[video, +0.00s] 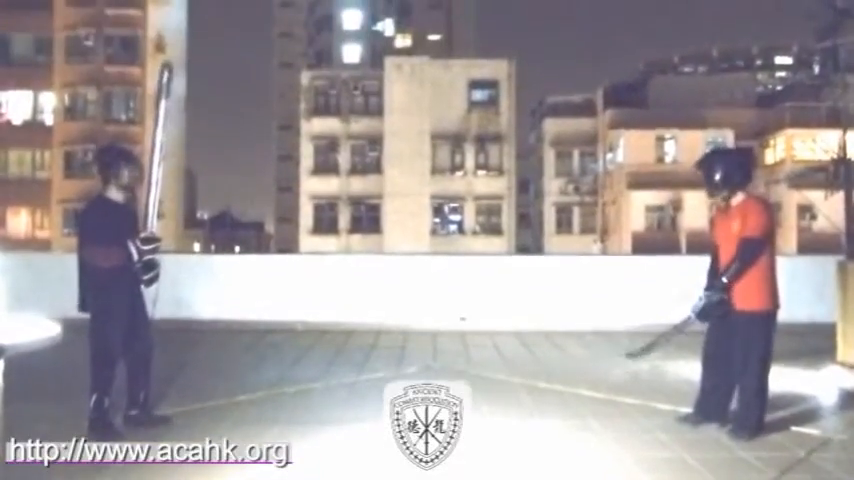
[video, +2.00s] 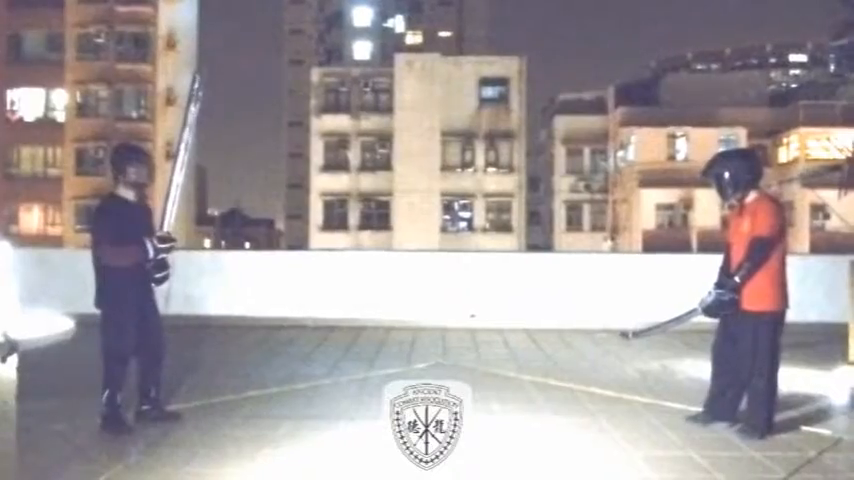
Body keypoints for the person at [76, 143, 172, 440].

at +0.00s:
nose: (136, 174)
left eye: (135, 169)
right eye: (130, 168)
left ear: (123, 173)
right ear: (114, 171)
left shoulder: (127, 210)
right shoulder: (94, 212)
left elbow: (129, 250)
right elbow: (94, 256)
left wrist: (147, 259)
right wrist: (131, 252)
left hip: (128, 290)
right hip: (103, 293)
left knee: (141, 345)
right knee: (106, 351)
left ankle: (138, 408)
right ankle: (99, 414)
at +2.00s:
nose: (144, 172)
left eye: (146, 166)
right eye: (138, 166)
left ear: (146, 171)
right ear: (122, 170)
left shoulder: (143, 210)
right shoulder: (107, 210)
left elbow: (144, 249)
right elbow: (107, 255)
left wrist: (159, 254)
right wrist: (147, 250)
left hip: (141, 288)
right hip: (115, 291)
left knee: (152, 343)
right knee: (118, 347)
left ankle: (149, 402)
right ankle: (111, 407)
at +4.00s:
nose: (139, 169)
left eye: (139, 164)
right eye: (134, 163)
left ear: (120, 166)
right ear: (118, 165)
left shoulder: (126, 203)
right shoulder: (101, 205)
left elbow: (128, 242)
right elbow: (104, 251)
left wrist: (148, 241)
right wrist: (144, 251)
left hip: (133, 284)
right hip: (110, 288)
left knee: (145, 337)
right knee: (113, 343)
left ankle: (144, 397)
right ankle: (106, 404)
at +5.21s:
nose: (142, 157)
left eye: (141, 151)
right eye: (137, 151)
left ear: (124, 153)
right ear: (123, 153)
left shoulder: (133, 191)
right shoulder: (107, 192)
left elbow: (136, 228)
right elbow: (110, 236)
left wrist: (155, 229)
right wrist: (149, 236)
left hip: (140, 271)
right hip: (118, 274)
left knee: (154, 325)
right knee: (121, 330)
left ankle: (154, 384)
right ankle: (115, 389)